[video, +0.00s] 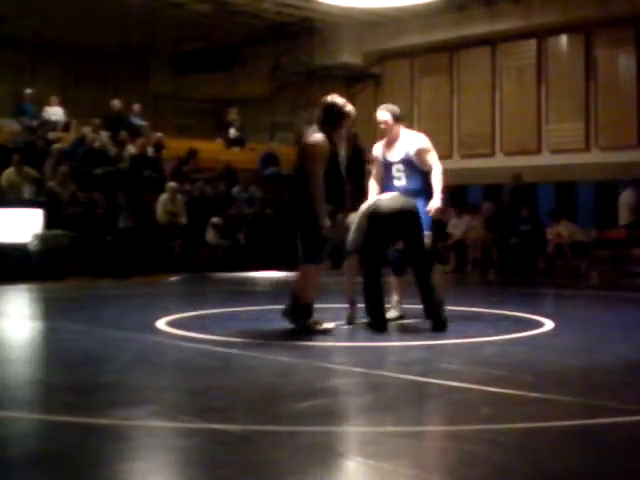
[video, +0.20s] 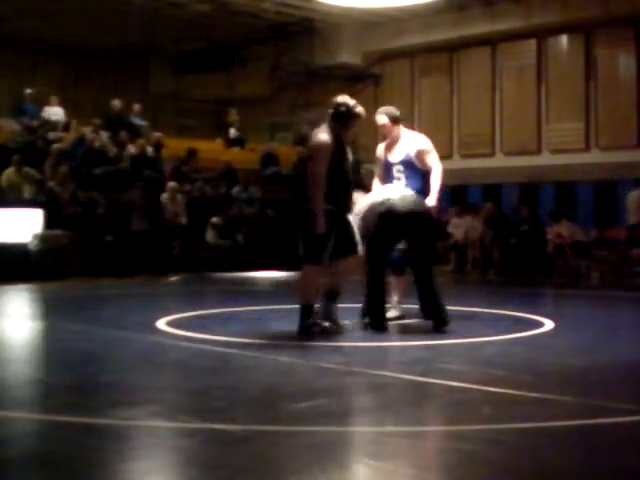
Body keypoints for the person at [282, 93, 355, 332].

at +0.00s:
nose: (347, 128)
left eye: (348, 123)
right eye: (346, 123)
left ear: (327, 118)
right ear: (335, 121)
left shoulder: (319, 141)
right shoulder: (318, 143)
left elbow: (319, 184)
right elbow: (316, 185)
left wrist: (334, 209)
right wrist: (323, 215)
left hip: (311, 209)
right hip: (311, 210)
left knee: (312, 261)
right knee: (314, 262)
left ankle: (297, 306)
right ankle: (303, 313)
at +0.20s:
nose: (355, 129)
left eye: (356, 124)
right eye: (354, 123)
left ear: (340, 118)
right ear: (343, 120)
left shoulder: (340, 142)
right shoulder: (323, 142)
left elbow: (343, 178)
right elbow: (317, 183)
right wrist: (319, 217)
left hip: (337, 212)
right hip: (321, 212)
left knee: (346, 259)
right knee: (314, 266)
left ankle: (329, 310)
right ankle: (307, 318)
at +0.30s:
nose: (361, 128)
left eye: (362, 123)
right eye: (360, 122)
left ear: (344, 117)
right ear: (350, 119)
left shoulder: (344, 142)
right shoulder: (328, 141)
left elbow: (348, 179)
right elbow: (326, 184)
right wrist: (330, 217)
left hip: (344, 212)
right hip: (327, 213)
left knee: (355, 260)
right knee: (315, 266)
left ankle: (355, 314)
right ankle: (308, 319)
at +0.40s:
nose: (369, 129)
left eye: (370, 124)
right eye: (368, 123)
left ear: (349, 117)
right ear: (359, 120)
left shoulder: (348, 142)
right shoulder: (336, 142)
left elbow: (351, 182)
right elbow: (335, 184)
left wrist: (360, 211)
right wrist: (344, 214)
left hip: (350, 214)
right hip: (335, 214)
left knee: (359, 265)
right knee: (319, 268)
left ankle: (364, 316)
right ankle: (310, 320)